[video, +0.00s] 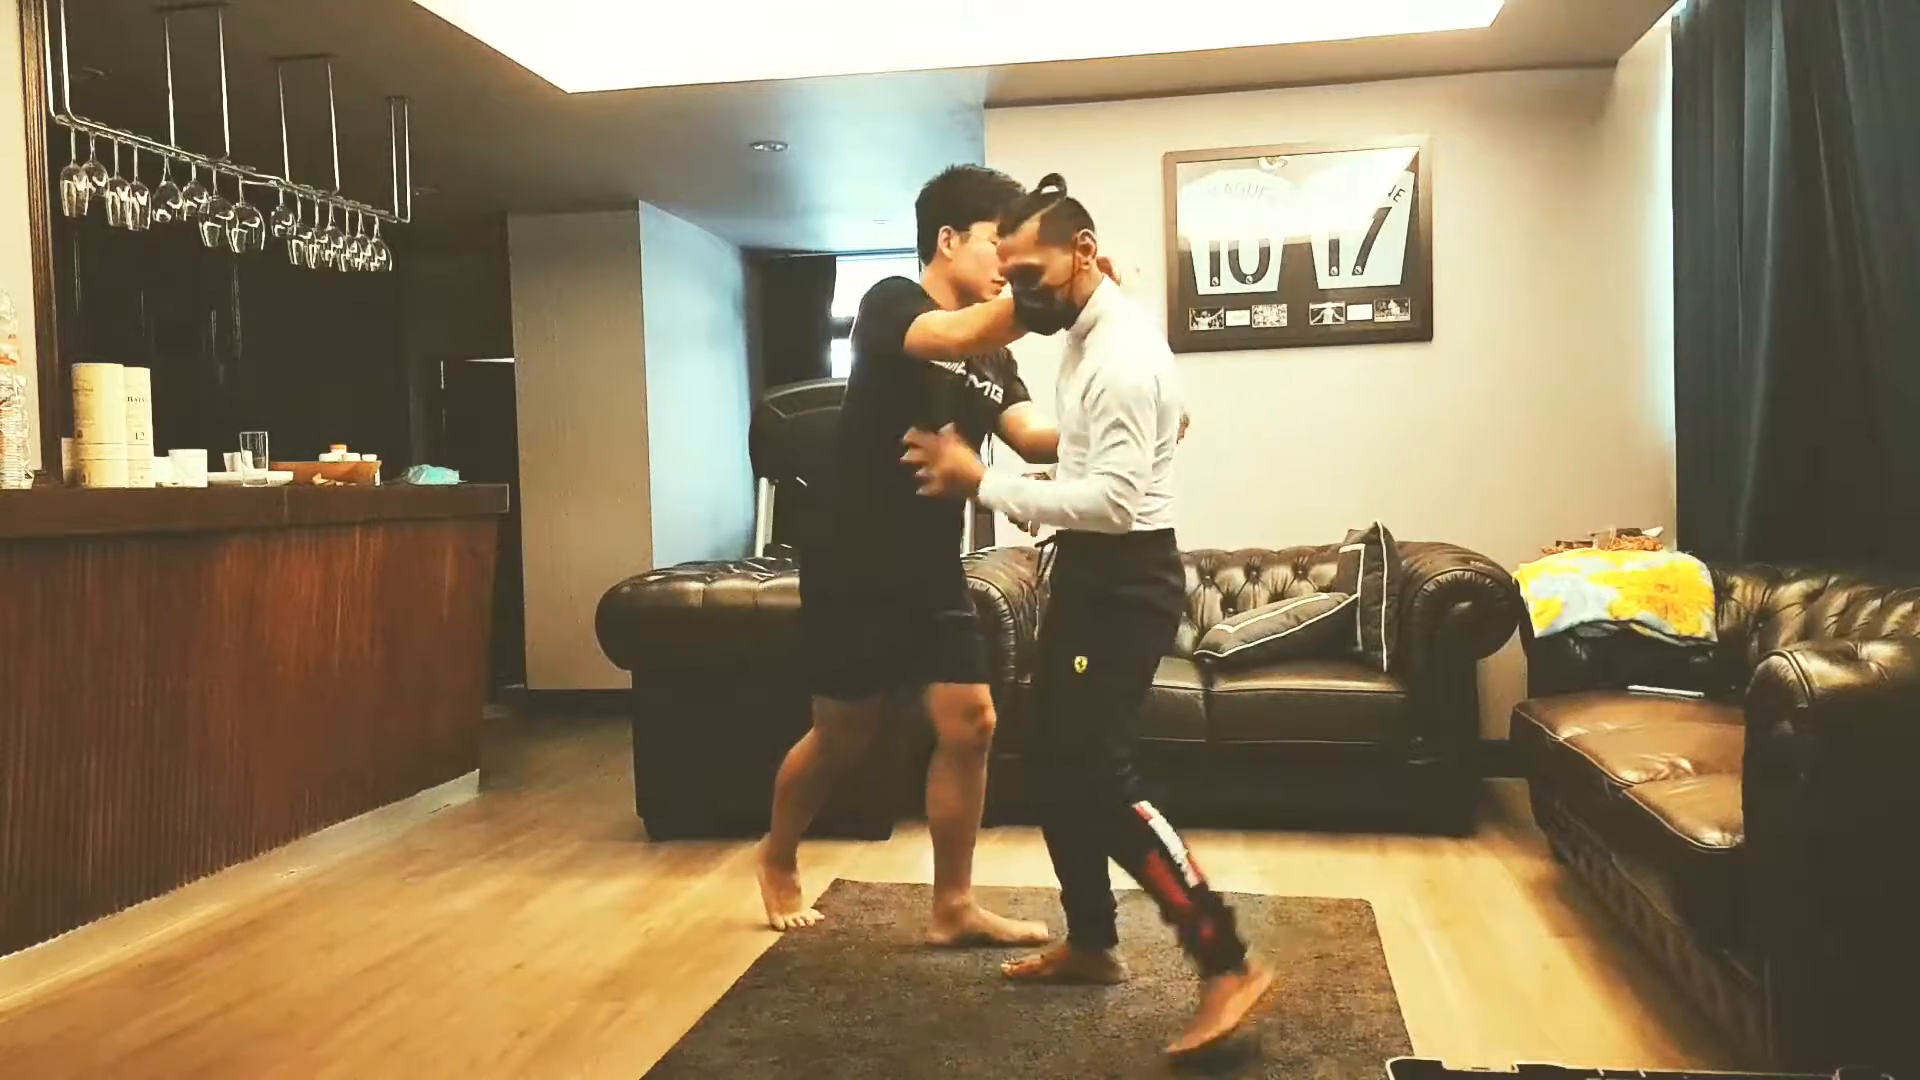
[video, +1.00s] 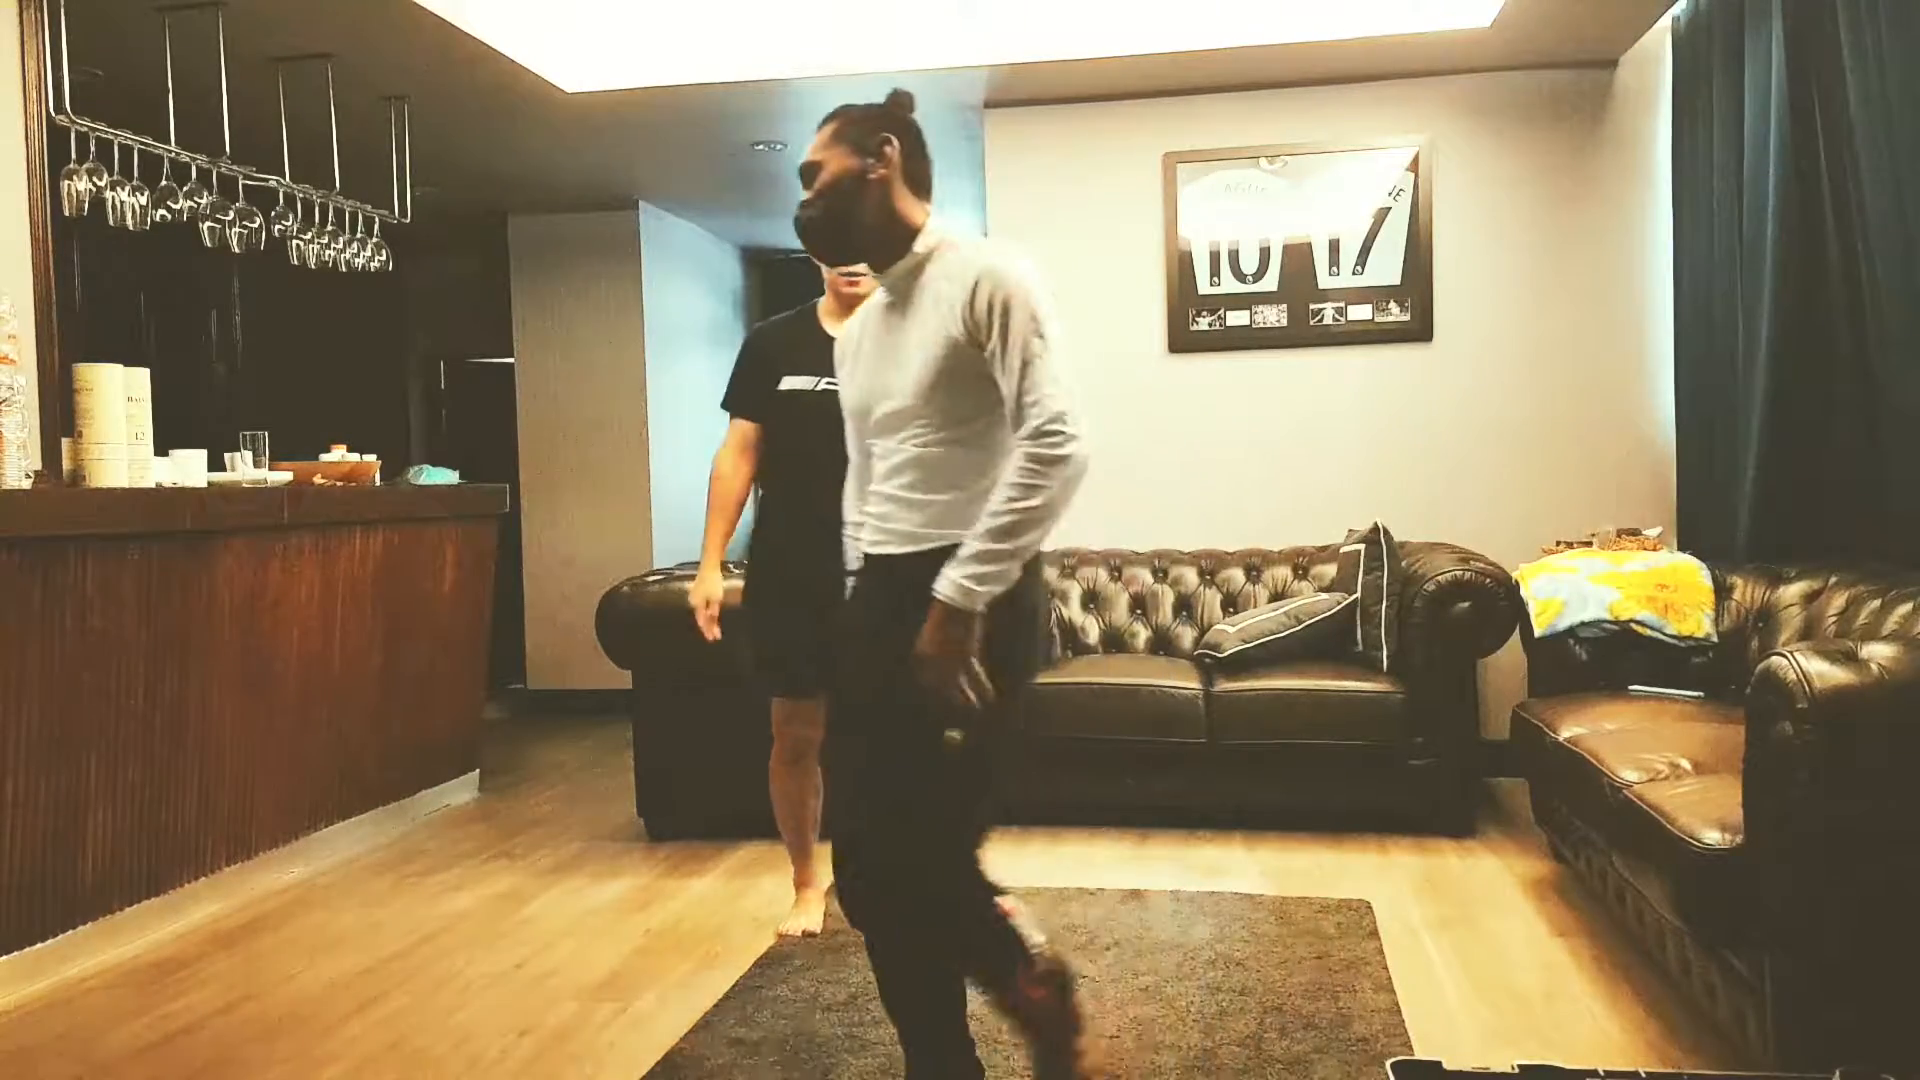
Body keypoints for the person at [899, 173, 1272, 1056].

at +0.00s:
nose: (1021, 290)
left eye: (1030, 271)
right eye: (1015, 274)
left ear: (1081, 252)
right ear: (1067, 259)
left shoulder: (1121, 352)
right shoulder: (1092, 330)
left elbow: (1116, 499)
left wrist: (984, 482)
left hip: (1129, 577)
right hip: (1088, 570)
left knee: (1095, 770)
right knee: (1054, 761)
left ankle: (1229, 967)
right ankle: (1089, 944)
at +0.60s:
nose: (943, 233)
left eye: (956, 210)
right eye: (938, 214)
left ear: (1025, 193)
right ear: (1003, 203)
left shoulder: (1108, 306)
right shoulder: (1011, 302)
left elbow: (1140, 482)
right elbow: (1042, 452)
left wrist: (1046, 611)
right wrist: (1015, 555)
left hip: (1119, 582)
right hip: (1036, 576)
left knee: (1124, 821)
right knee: (990, 809)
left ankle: (1179, 1019)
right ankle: (1050, 1038)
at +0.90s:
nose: (833, 199)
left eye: (849, 178)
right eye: (832, 183)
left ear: (919, 172)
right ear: (909, 179)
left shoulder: (1018, 280)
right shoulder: (896, 317)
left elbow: (1068, 460)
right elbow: (925, 471)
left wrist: (1009, 623)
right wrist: (903, 611)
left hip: (1017, 590)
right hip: (924, 592)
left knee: (1020, 861)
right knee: (904, 869)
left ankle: (1126, 991)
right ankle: (947, 1065)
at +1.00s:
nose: (804, 199)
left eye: (818, 177)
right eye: (802, 183)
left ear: (886, 160)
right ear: (876, 168)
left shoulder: (987, 277)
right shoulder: (858, 325)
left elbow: (1054, 443)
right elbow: (866, 473)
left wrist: (960, 601)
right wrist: (857, 593)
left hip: (969, 596)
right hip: (880, 594)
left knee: (920, 851)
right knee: (869, 855)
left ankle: (1041, 998)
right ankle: (940, 1061)